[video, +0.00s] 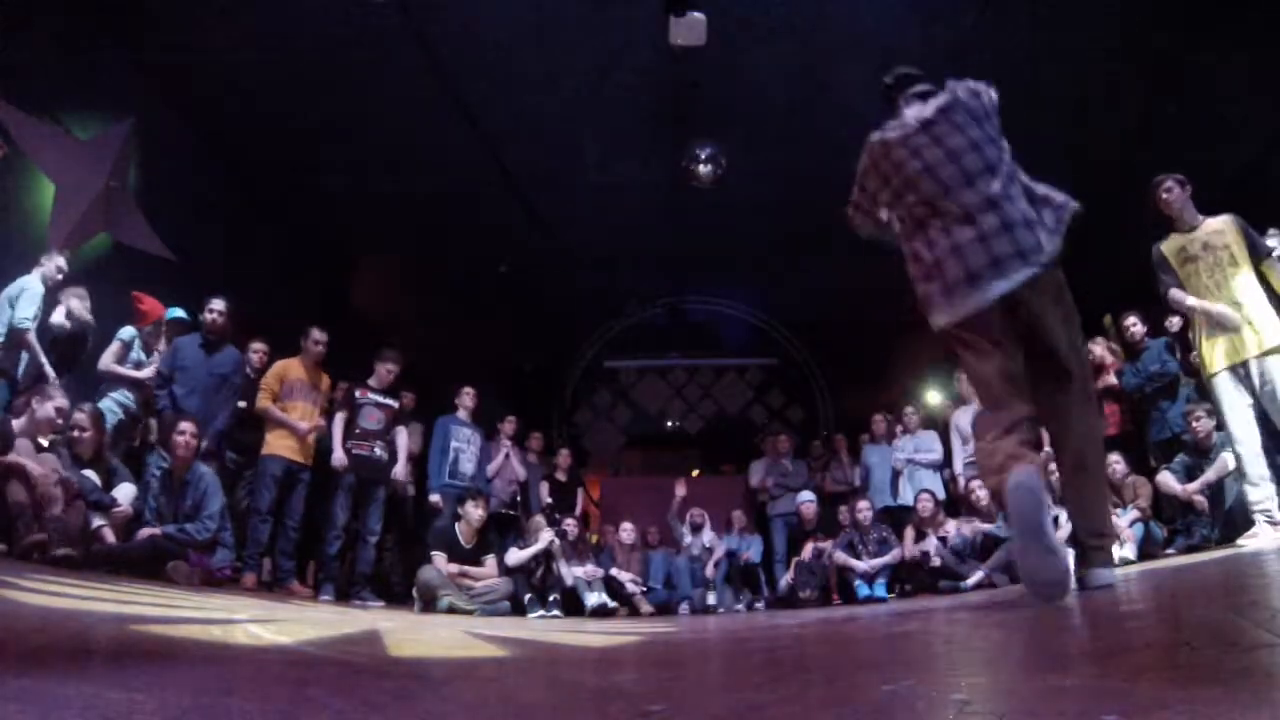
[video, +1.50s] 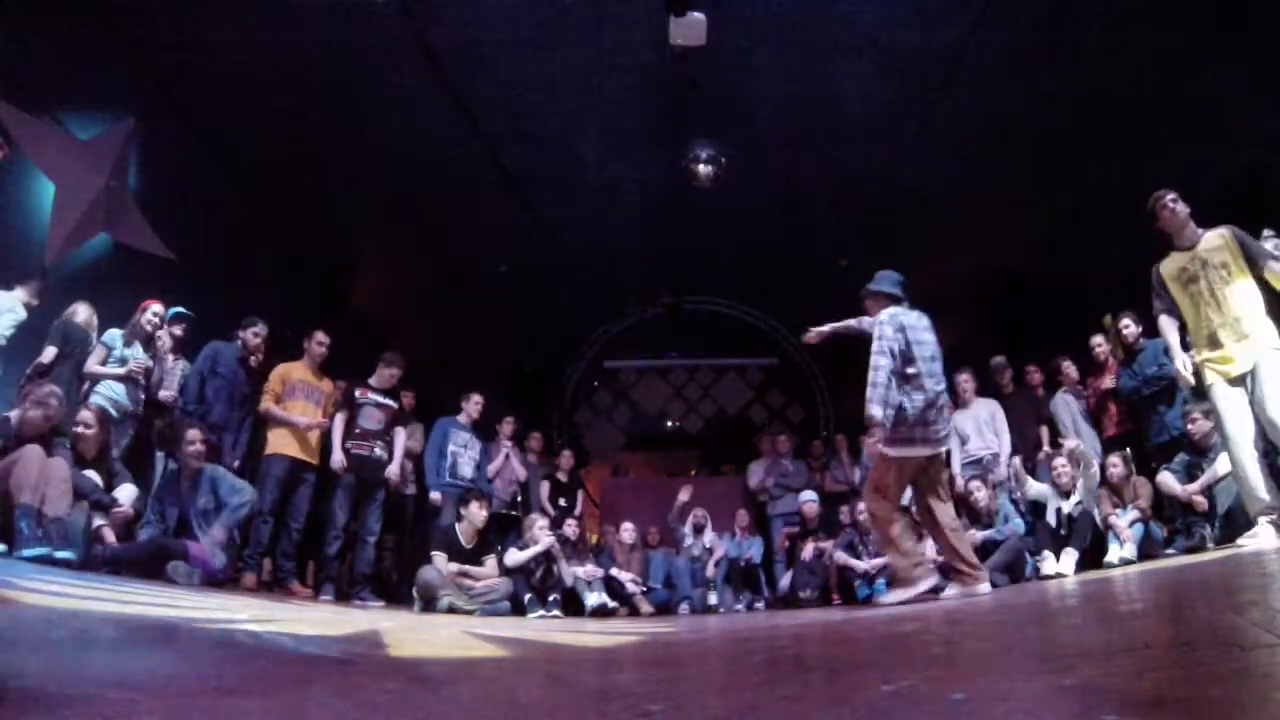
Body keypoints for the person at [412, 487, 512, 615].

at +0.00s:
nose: (481, 513)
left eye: (484, 509)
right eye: (475, 507)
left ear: (487, 512)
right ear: (460, 510)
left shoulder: (485, 536)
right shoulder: (442, 531)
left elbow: (493, 572)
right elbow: (442, 570)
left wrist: (461, 569)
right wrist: (474, 584)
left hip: (477, 589)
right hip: (447, 588)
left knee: (507, 585)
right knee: (426, 573)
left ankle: (455, 604)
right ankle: (476, 609)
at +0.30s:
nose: (482, 513)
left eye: (485, 509)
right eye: (476, 507)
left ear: (488, 512)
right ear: (461, 510)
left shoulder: (485, 538)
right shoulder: (443, 532)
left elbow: (493, 572)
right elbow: (441, 569)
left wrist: (461, 569)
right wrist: (474, 584)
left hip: (477, 589)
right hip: (447, 587)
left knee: (507, 584)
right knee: (426, 573)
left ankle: (455, 604)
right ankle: (476, 609)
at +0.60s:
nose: (483, 514)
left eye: (485, 509)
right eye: (477, 508)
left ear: (488, 511)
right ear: (462, 510)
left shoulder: (486, 537)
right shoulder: (442, 532)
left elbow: (493, 572)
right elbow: (442, 570)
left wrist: (461, 569)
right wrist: (474, 584)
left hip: (477, 589)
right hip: (447, 587)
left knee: (507, 584)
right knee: (426, 573)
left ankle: (455, 604)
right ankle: (476, 609)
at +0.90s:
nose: (484, 514)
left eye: (486, 509)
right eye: (478, 508)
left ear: (489, 511)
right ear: (462, 510)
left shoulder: (485, 538)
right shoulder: (443, 533)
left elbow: (493, 572)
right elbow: (442, 570)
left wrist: (461, 569)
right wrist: (474, 584)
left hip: (477, 589)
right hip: (448, 587)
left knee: (507, 584)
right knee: (426, 573)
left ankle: (455, 604)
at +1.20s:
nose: (485, 514)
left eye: (486, 509)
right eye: (479, 508)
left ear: (489, 511)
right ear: (463, 510)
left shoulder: (485, 538)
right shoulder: (443, 533)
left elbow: (493, 572)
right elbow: (441, 571)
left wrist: (461, 569)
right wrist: (475, 584)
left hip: (476, 590)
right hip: (448, 588)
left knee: (506, 585)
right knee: (426, 573)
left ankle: (452, 605)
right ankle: (472, 608)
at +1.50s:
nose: (485, 514)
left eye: (486, 509)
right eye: (479, 508)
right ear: (463, 510)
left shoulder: (485, 539)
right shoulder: (444, 534)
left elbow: (493, 572)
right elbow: (442, 572)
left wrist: (462, 569)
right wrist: (475, 584)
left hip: (476, 590)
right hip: (448, 588)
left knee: (506, 585)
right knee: (426, 573)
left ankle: (453, 604)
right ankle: (475, 608)